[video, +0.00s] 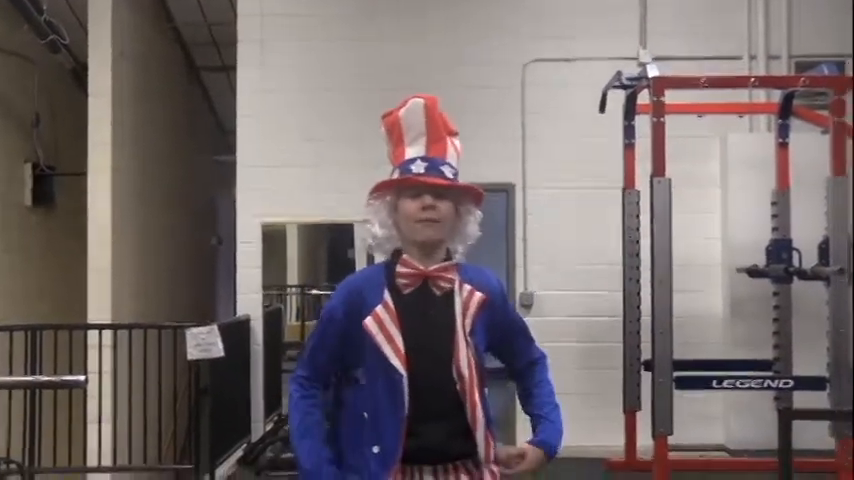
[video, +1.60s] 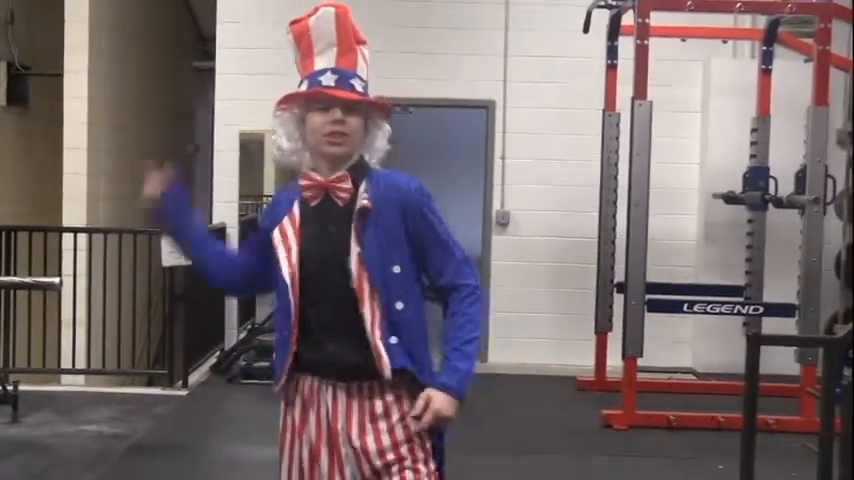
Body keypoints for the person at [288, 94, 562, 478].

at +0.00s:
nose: (428, 203)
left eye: (440, 194)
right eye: (413, 194)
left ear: (459, 211)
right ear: (392, 209)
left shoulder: (482, 287)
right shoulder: (359, 291)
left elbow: (529, 362)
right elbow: (307, 381)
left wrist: (545, 439)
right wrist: (319, 469)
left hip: (468, 469)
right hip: (384, 469)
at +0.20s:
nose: (407, 173)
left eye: (420, 164)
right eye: (393, 163)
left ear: (438, 180)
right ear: (371, 178)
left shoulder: (460, 261)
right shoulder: (333, 261)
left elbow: (505, 331)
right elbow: (286, 344)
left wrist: (510, 405)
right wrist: (290, 439)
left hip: (435, 456)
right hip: (349, 459)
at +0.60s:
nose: (370, 130)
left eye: (385, 119)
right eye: (358, 115)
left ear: (404, 133)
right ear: (337, 126)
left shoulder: (430, 214)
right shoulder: (299, 210)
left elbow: (479, 284)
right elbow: (269, 309)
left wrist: (490, 353)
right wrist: (252, 405)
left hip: (397, 408)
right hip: (314, 407)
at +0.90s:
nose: (348, 108)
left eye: (362, 99)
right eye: (335, 95)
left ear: (378, 115)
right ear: (312, 106)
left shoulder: (405, 198)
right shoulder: (274, 199)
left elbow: (449, 275)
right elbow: (254, 309)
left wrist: (441, 344)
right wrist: (249, 405)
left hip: (376, 395)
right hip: (295, 394)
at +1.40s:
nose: (318, 120)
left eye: (331, 110)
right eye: (304, 109)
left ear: (349, 126)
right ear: (283, 122)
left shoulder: (384, 195)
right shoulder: (267, 218)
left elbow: (446, 281)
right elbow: (258, 325)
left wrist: (423, 374)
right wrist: (204, 399)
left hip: (376, 405)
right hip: (297, 409)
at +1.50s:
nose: (325, 120)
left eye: (337, 111)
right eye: (311, 109)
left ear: (353, 125)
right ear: (288, 123)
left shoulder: (389, 195)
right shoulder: (278, 212)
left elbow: (453, 284)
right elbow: (260, 306)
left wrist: (436, 383)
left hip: (381, 405)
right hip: (302, 406)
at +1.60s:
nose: (338, 118)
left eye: (350, 109)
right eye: (324, 107)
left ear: (367, 124)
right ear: (301, 122)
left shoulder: (401, 196)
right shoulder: (287, 206)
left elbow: (463, 288)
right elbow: (236, 274)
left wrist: (450, 384)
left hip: (391, 407)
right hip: (308, 406)